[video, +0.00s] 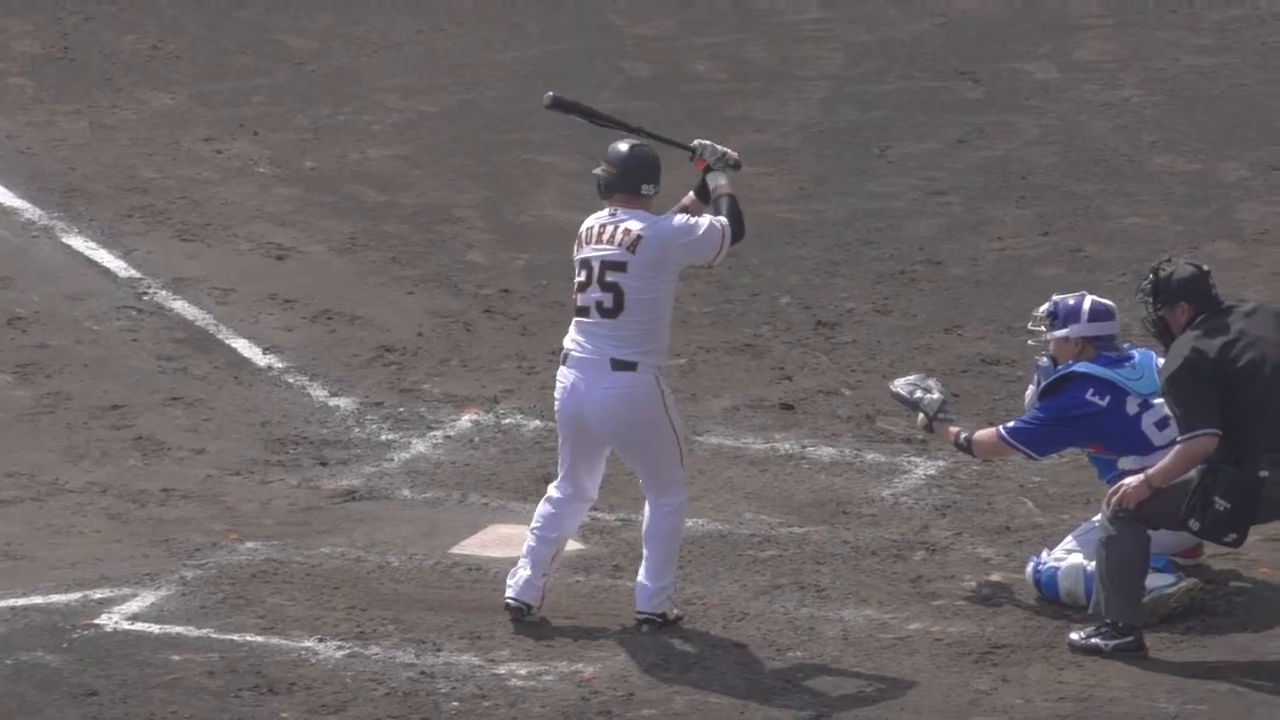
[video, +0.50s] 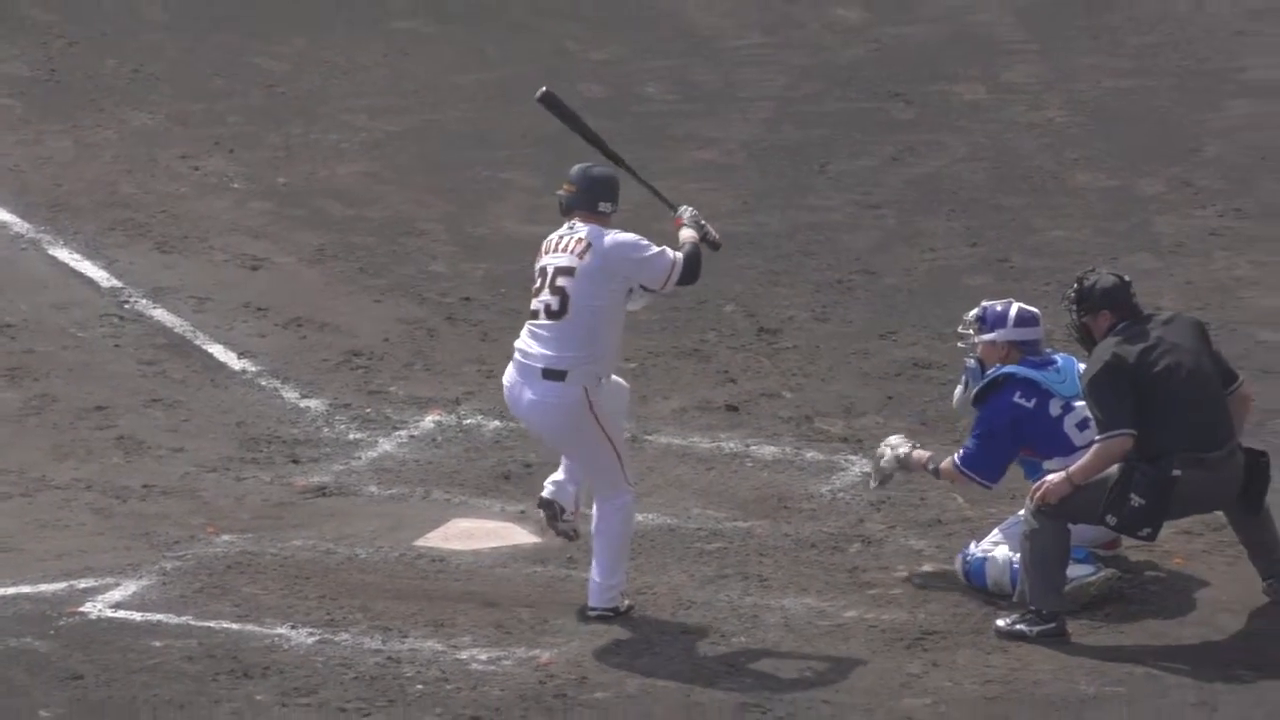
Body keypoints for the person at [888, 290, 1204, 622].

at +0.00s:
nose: (1048, 345)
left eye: (1055, 338)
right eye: (1050, 337)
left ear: (1079, 344)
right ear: (1099, 339)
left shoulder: (1080, 395)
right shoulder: (1146, 359)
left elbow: (994, 444)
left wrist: (944, 428)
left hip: (1161, 515)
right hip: (1202, 493)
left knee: (1046, 570)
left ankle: (1158, 583)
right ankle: (1181, 547)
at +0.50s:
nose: (973, 349)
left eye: (980, 341)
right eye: (974, 341)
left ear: (1004, 350)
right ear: (1028, 345)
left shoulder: (1007, 396)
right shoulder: (1069, 366)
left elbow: (968, 468)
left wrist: (918, 459)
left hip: (1078, 515)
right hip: (1121, 495)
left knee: (976, 560)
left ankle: (1075, 573)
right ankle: (1102, 540)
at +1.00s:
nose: (935, 348)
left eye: (940, 341)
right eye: (937, 341)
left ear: (960, 348)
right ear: (983, 343)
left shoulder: (961, 391)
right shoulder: (1018, 361)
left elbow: (910, 434)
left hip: (1039, 489)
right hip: (1078, 468)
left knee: (940, 533)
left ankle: (1032, 544)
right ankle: (1055, 513)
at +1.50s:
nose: (976, 365)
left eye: (980, 359)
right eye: (977, 358)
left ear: (996, 362)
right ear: (1018, 358)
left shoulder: (1004, 403)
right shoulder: (1038, 381)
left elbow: (975, 467)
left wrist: (927, 457)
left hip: (1050, 519)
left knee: (954, 561)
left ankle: (1041, 570)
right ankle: (1049, 558)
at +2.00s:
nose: (992, 310)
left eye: (998, 304)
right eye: (995, 303)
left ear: (1014, 313)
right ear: (1030, 313)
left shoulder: (999, 359)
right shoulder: (1051, 347)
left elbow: (966, 419)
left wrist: (975, 368)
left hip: (1028, 480)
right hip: (1070, 469)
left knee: (968, 563)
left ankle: (1064, 566)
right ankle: (1085, 541)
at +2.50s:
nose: (1005, 286)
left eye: (1010, 279)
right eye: (1009, 276)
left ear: (1018, 287)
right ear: (1048, 285)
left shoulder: (989, 329)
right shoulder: (1066, 322)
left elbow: (926, 351)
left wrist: (929, 333)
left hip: (1010, 462)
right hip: (1064, 446)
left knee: (994, 560)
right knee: (1084, 480)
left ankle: (1084, 553)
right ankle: (1132, 529)